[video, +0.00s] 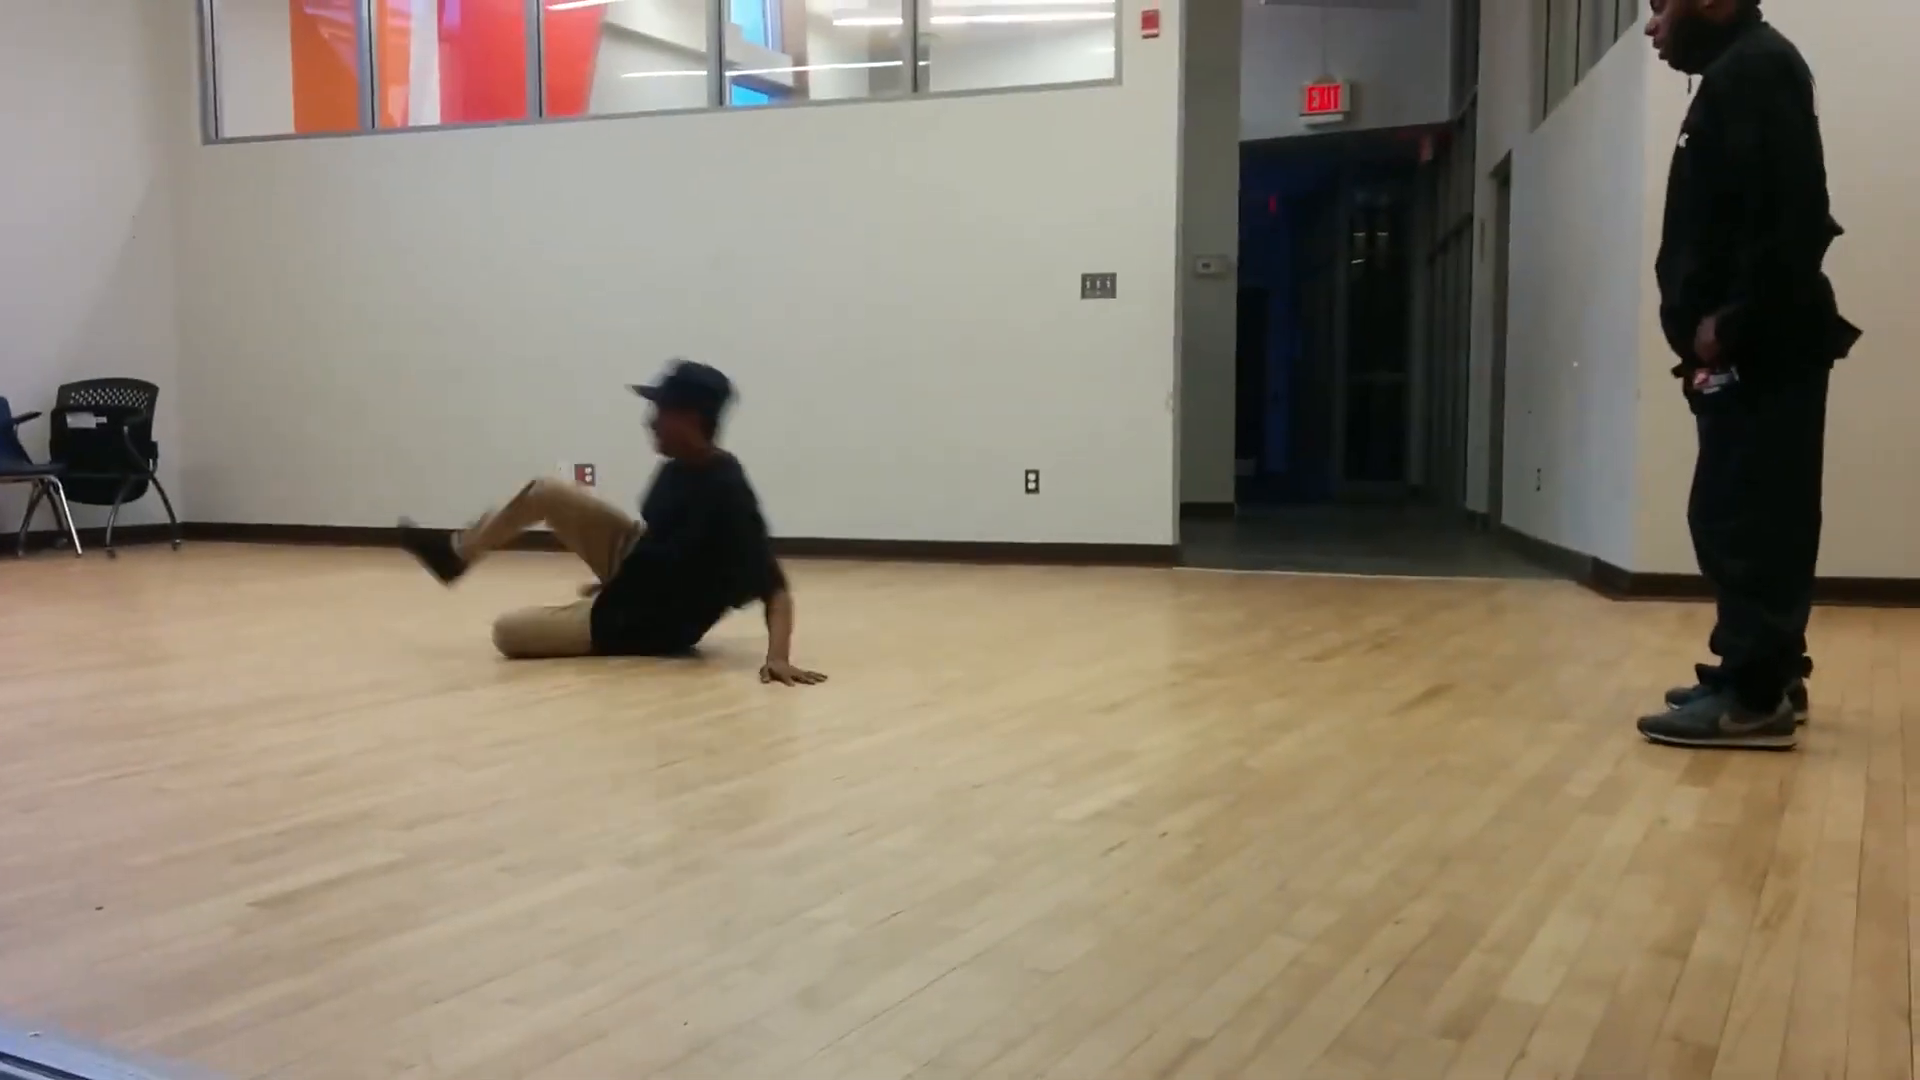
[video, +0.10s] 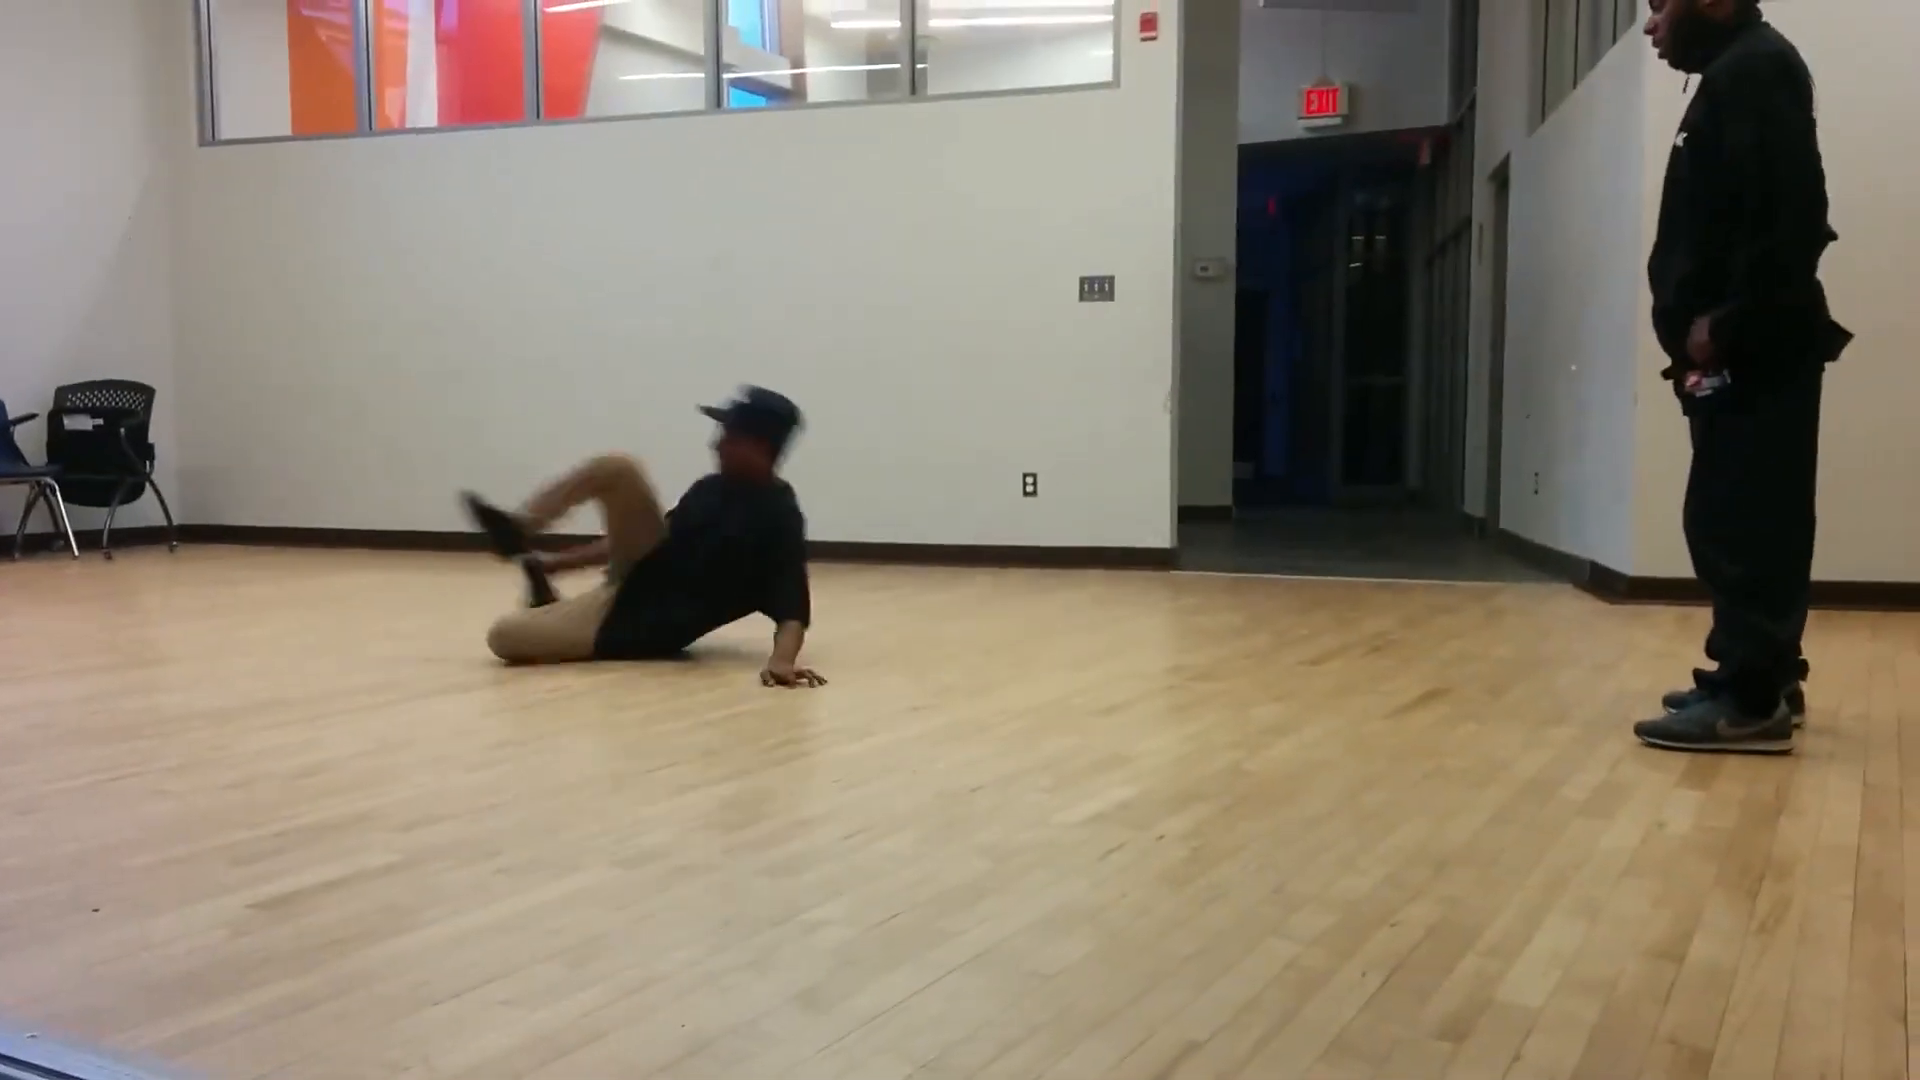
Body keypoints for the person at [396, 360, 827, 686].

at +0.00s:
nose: (653, 420)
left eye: (665, 412)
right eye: (656, 410)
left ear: (696, 421)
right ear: (681, 419)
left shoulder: (726, 494)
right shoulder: (681, 469)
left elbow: (777, 590)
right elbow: (669, 554)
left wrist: (778, 658)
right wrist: (617, 585)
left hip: (654, 619)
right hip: (643, 566)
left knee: (509, 632)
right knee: (547, 494)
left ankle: (594, 615)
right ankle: (458, 553)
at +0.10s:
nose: (717, 444)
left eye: (730, 435)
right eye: (722, 433)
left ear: (761, 448)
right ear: (749, 444)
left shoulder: (779, 518)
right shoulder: (715, 488)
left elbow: (793, 611)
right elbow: (642, 541)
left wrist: (781, 664)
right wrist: (558, 565)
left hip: (645, 621)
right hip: (642, 572)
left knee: (505, 638)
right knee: (617, 470)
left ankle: (545, 595)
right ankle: (520, 530)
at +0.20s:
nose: (760, 469)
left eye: (776, 466)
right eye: (768, 460)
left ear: (804, 487)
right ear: (787, 479)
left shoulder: (799, 550)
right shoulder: (735, 513)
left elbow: (789, 625)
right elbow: (631, 525)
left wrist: (780, 666)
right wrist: (534, 514)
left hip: (652, 622)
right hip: (648, 575)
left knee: (549, 589)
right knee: (678, 485)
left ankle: (494, 561)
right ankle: (593, 560)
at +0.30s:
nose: (794, 499)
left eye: (809, 499)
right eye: (802, 491)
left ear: (831, 526)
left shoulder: (809, 575)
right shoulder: (753, 530)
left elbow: (785, 625)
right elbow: (673, 508)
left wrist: (777, 664)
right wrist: (602, 452)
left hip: (640, 635)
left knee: (666, 548)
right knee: (712, 491)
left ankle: (558, 488)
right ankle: (587, 551)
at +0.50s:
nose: (858, 572)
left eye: (866, 584)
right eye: (867, 566)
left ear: (858, 609)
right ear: (860, 555)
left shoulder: (806, 623)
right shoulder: (798, 558)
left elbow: (742, 628)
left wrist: (807, 625)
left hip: (657, 603)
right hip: (655, 562)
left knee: (810, 527)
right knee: (720, 436)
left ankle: (775, 388)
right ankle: (620, 345)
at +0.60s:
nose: (875, 580)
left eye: (882, 595)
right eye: (885, 582)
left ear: (867, 625)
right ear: (872, 578)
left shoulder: (807, 628)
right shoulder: (820, 559)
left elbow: (749, 593)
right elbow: (793, 473)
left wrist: (826, 635)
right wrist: (786, 392)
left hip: (701, 537)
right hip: (705, 494)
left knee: (844, 467)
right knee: (710, 384)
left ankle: (773, 377)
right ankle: (584, 314)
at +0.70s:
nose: (890, 586)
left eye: (893, 599)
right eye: (896, 585)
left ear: (873, 622)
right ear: (882, 577)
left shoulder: (814, 626)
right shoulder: (831, 568)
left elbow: (797, 571)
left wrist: (851, 644)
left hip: (746, 498)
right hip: (724, 468)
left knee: (861, 393)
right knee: (721, 343)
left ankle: (738, 383)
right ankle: (580, 355)